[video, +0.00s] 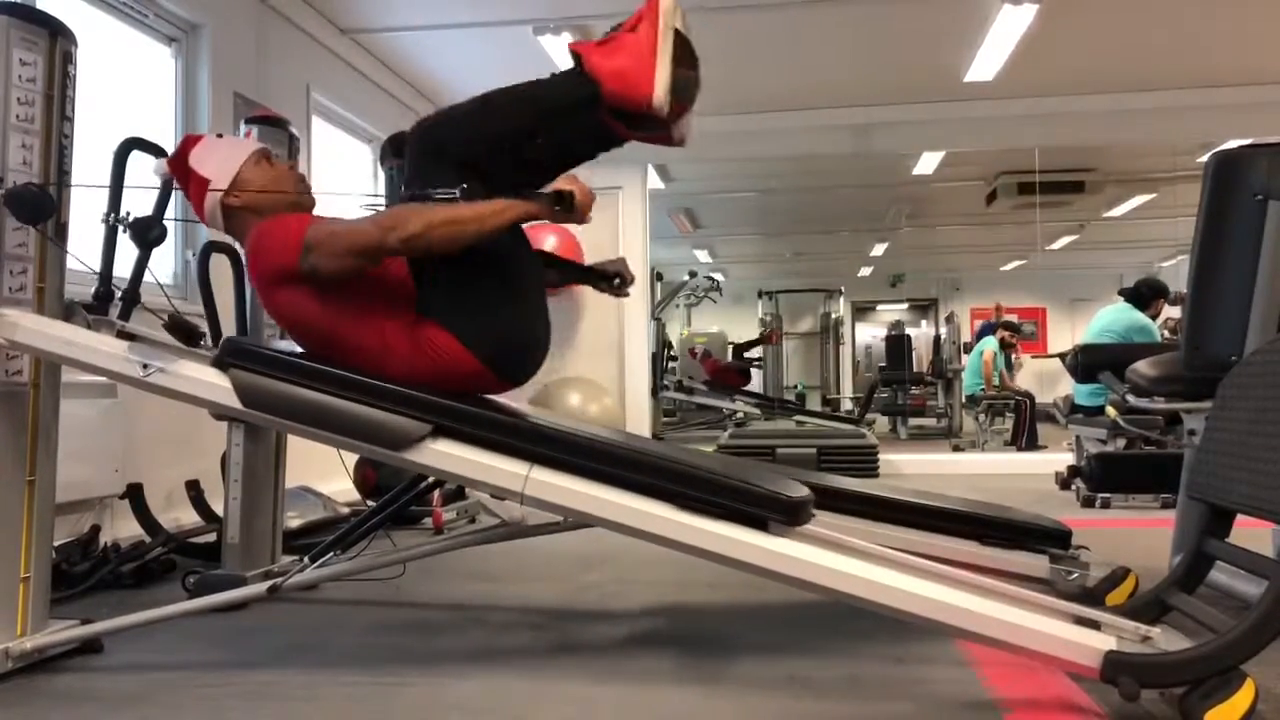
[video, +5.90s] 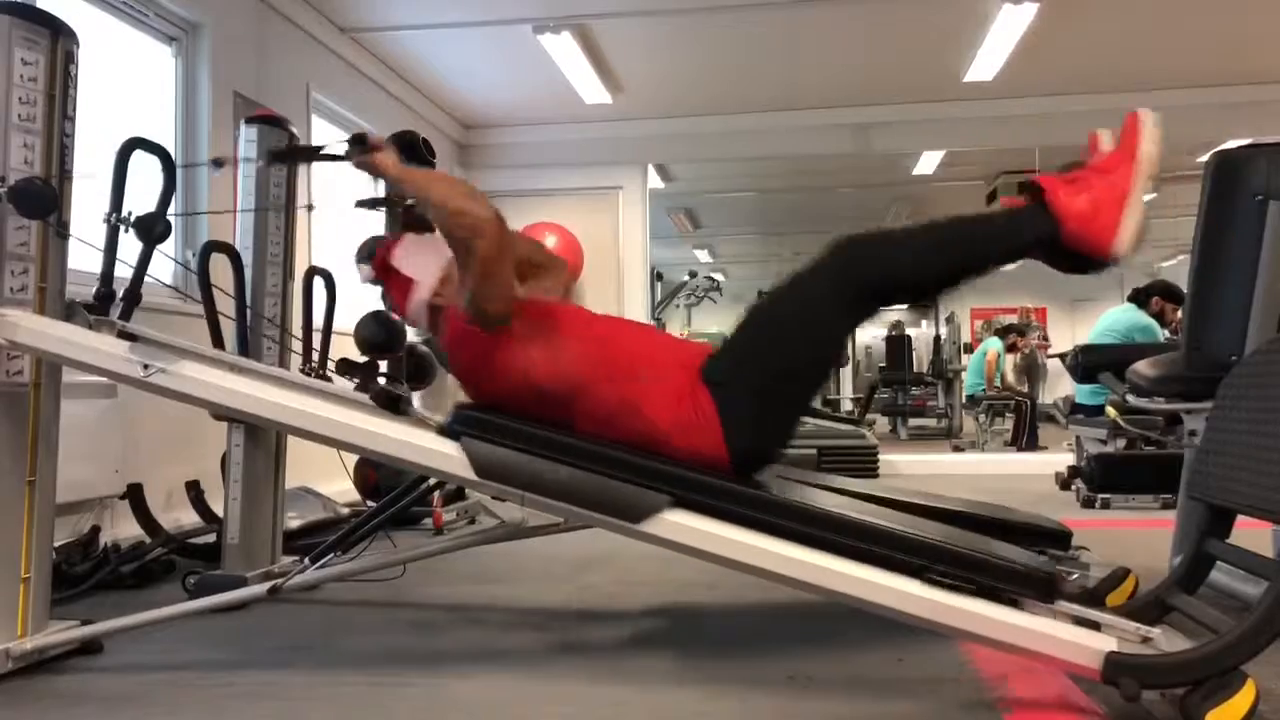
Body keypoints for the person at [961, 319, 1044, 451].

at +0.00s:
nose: (1014, 341)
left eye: (1016, 338)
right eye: (1011, 336)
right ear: (1001, 332)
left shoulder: (999, 352)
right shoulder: (991, 341)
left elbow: (1005, 383)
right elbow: (986, 360)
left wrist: (1020, 390)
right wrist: (989, 390)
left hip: (985, 391)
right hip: (976, 392)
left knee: (1027, 398)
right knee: (1025, 400)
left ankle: (1028, 443)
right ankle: (1022, 444)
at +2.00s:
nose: (1015, 343)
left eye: (1017, 339)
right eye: (1016, 338)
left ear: (1008, 337)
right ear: (1009, 336)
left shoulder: (997, 350)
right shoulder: (991, 342)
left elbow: (1004, 382)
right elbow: (987, 361)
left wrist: (1020, 390)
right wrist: (989, 390)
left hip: (984, 392)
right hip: (976, 393)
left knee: (1027, 399)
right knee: (1026, 400)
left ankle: (1020, 441)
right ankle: (1025, 443)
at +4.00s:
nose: (1019, 343)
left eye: (1020, 339)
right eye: (1019, 339)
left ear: (1010, 338)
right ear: (1012, 337)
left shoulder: (999, 350)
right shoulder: (994, 342)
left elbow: (1004, 382)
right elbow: (989, 361)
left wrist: (1020, 390)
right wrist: (990, 390)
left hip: (983, 393)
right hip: (977, 394)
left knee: (1026, 400)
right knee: (1027, 400)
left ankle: (1018, 443)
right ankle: (1026, 445)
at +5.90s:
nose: (1020, 348)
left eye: (1022, 345)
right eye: (1021, 343)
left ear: (1011, 338)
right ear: (1012, 337)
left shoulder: (999, 349)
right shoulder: (995, 342)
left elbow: (1005, 383)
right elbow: (990, 359)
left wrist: (1022, 393)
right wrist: (990, 389)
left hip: (982, 393)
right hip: (977, 393)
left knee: (1026, 401)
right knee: (1027, 402)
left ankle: (1017, 442)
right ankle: (1026, 445)